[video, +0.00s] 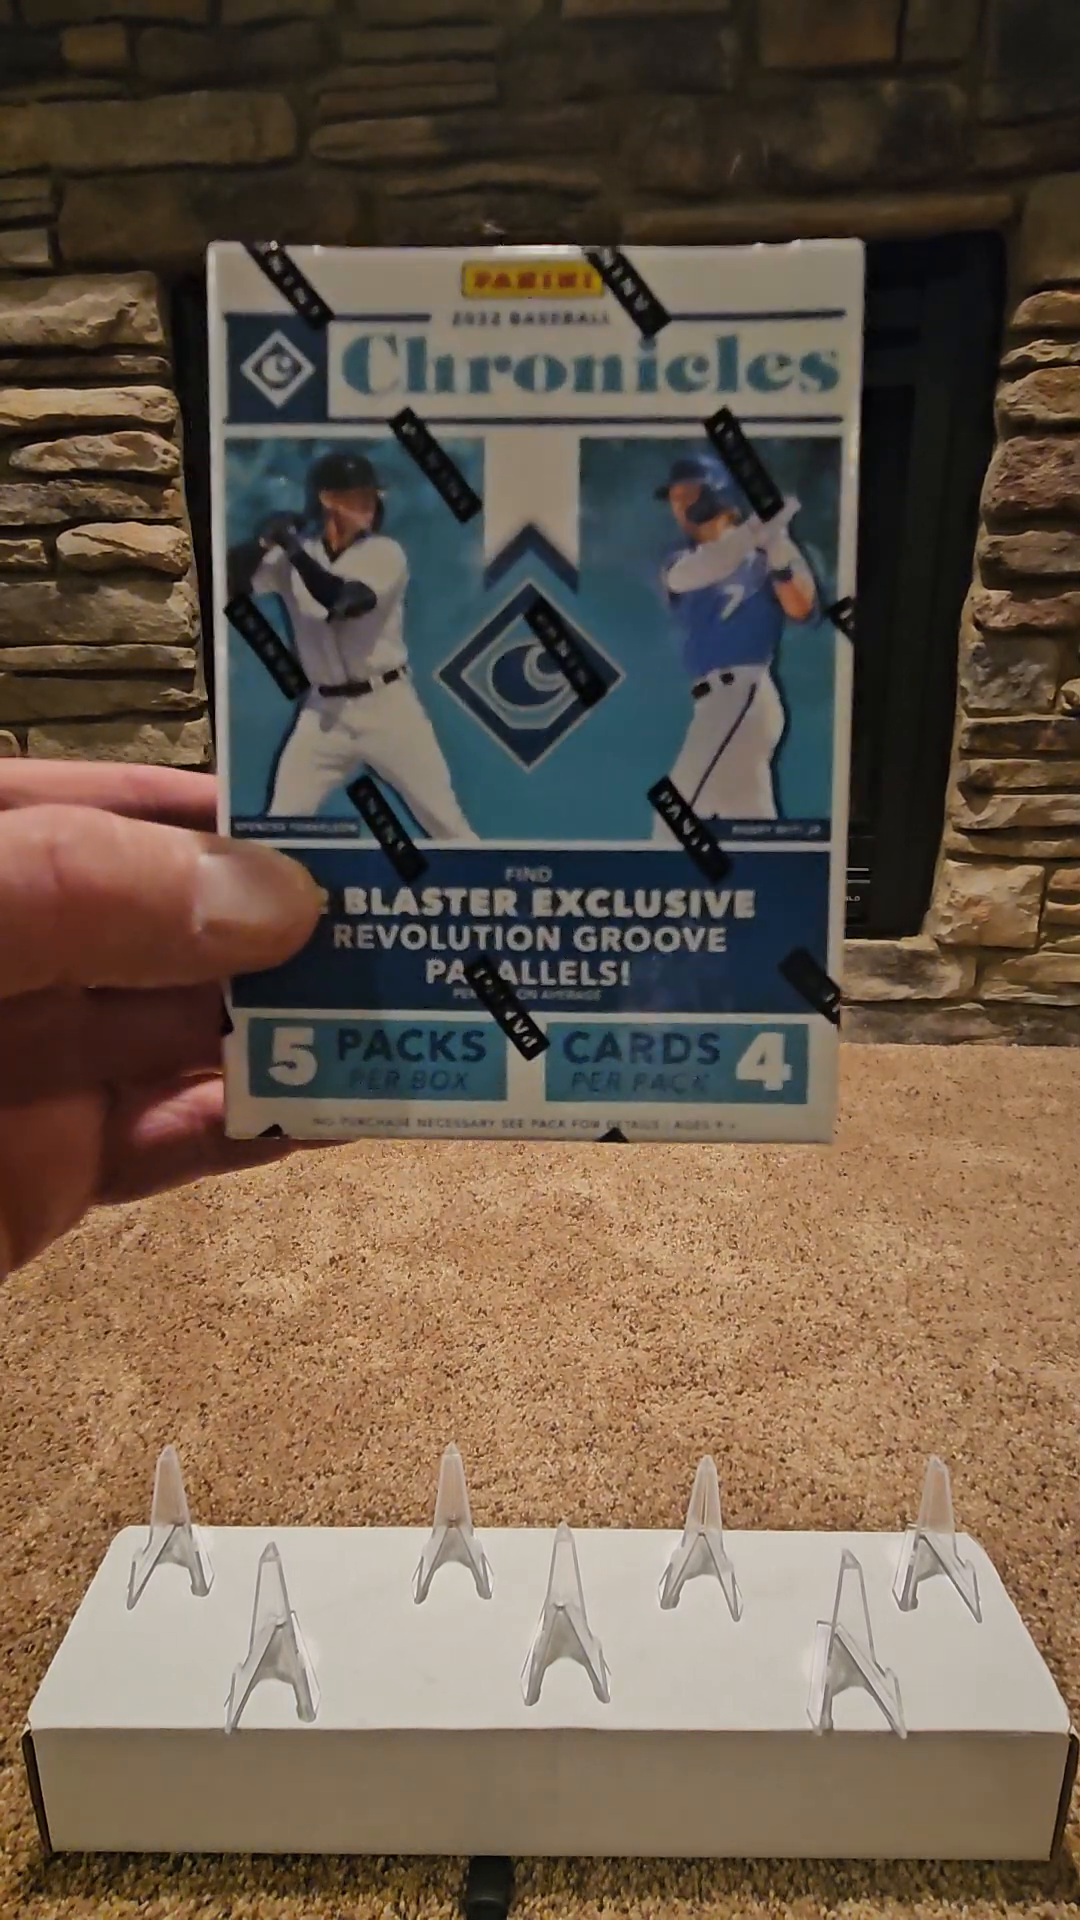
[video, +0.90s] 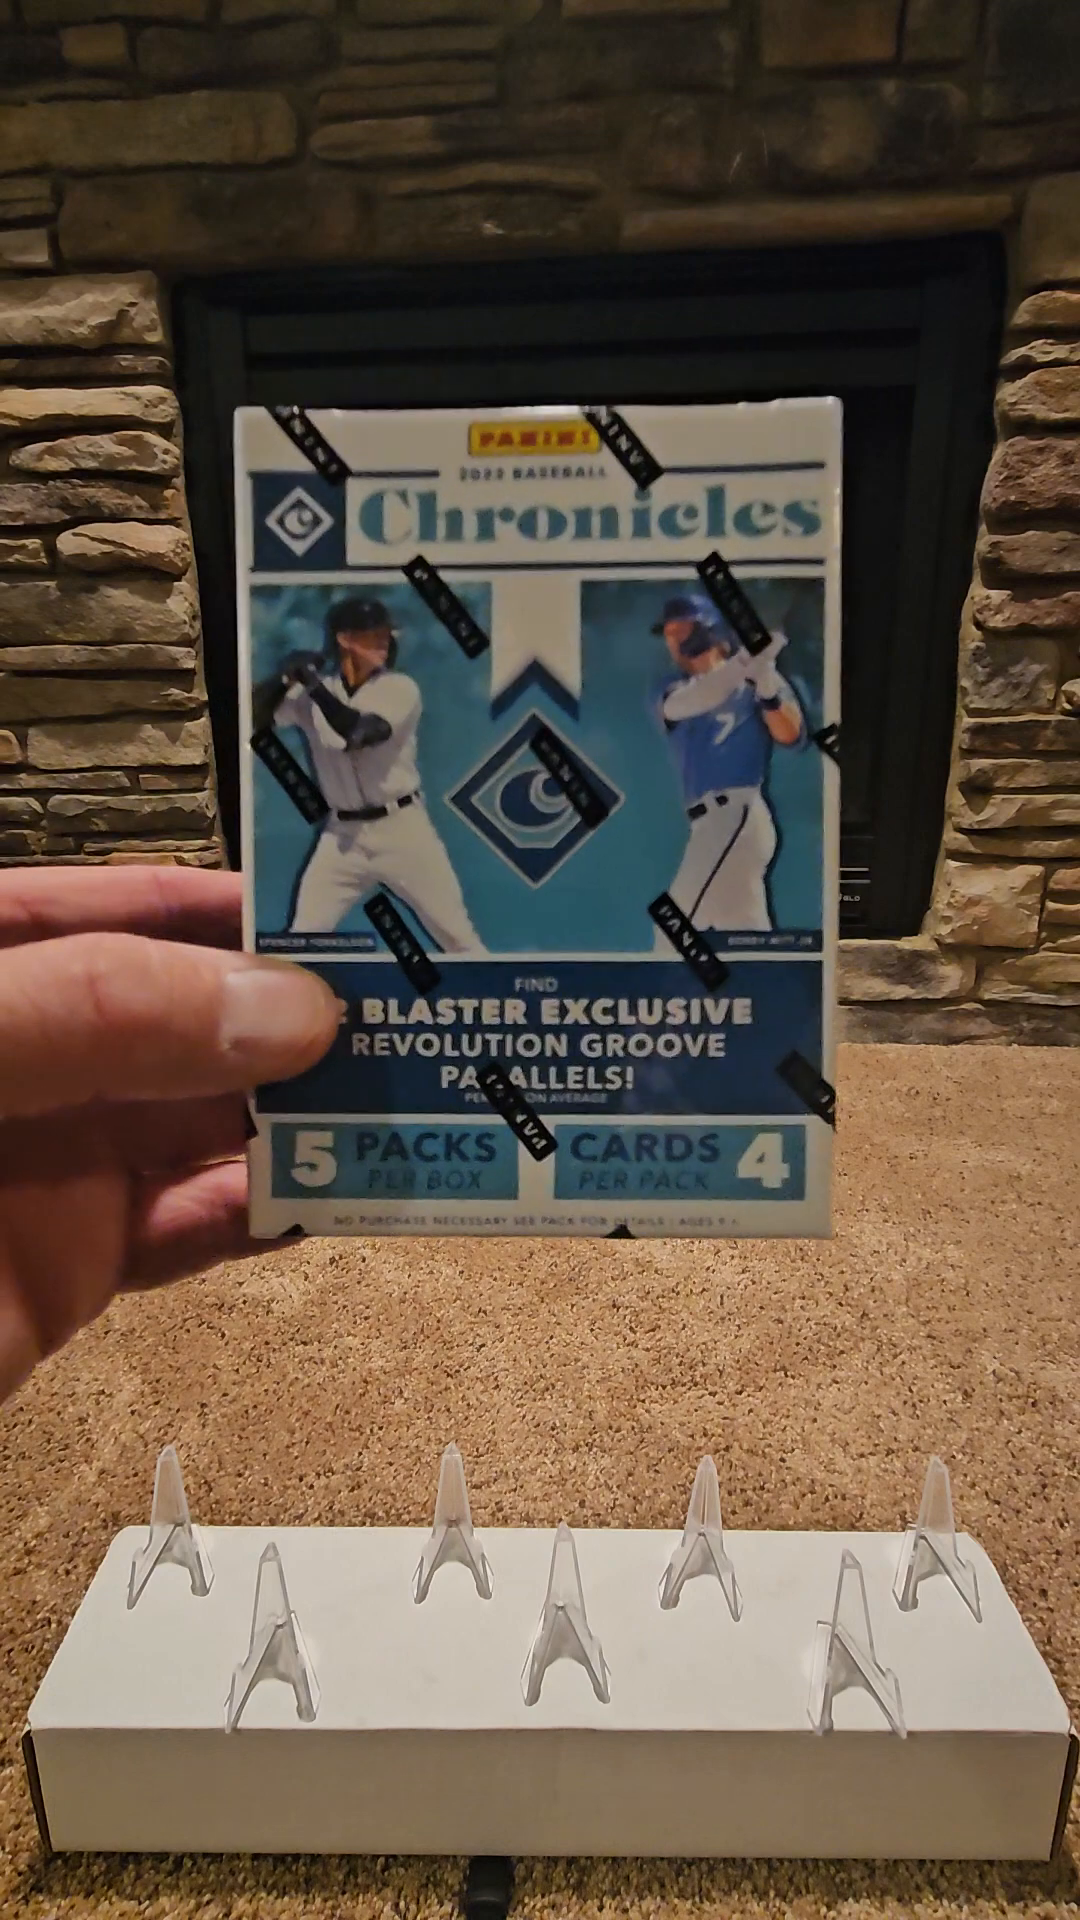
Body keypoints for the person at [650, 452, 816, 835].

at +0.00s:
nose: (679, 509)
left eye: (688, 496)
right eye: (674, 500)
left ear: (717, 497)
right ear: (670, 506)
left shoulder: (769, 547)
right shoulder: (680, 562)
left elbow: (801, 609)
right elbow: (698, 572)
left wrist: (777, 546)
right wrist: (757, 528)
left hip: (744, 697)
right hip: (713, 702)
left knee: (676, 816)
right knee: (753, 832)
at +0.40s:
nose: (683, 554)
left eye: (692, 541)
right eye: (678, 545)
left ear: (719, 544)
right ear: (675, 555)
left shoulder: (763, 590)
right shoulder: (686, 607)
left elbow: (800, 651)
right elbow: (692, 620)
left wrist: (776, 589)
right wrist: (755, 576)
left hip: (746, 733)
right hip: (714, 737)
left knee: (680, 849)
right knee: (749, 863)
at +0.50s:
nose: (668, 609)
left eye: (676, 597)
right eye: (663, 601)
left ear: (705, 600)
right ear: (660, 608)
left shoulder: (754, 649)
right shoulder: (665, 660)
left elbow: (783, 708)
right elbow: (687, 670)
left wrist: (761, 650)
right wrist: (738, 632)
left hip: (728, 787)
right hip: (698, 792)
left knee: (661, 897)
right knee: (735, 913)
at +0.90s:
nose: (675, 641)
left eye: (683, 630)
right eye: (669, 634)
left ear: (709, 630)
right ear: (664, 640)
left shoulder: (757, 678)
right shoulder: (672, 691)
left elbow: (790, 736)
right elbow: (694, 701)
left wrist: (766, 680)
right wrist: (744, 662)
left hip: (738, 819)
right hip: (708, 824)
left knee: (673, 925)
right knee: (750, 944)